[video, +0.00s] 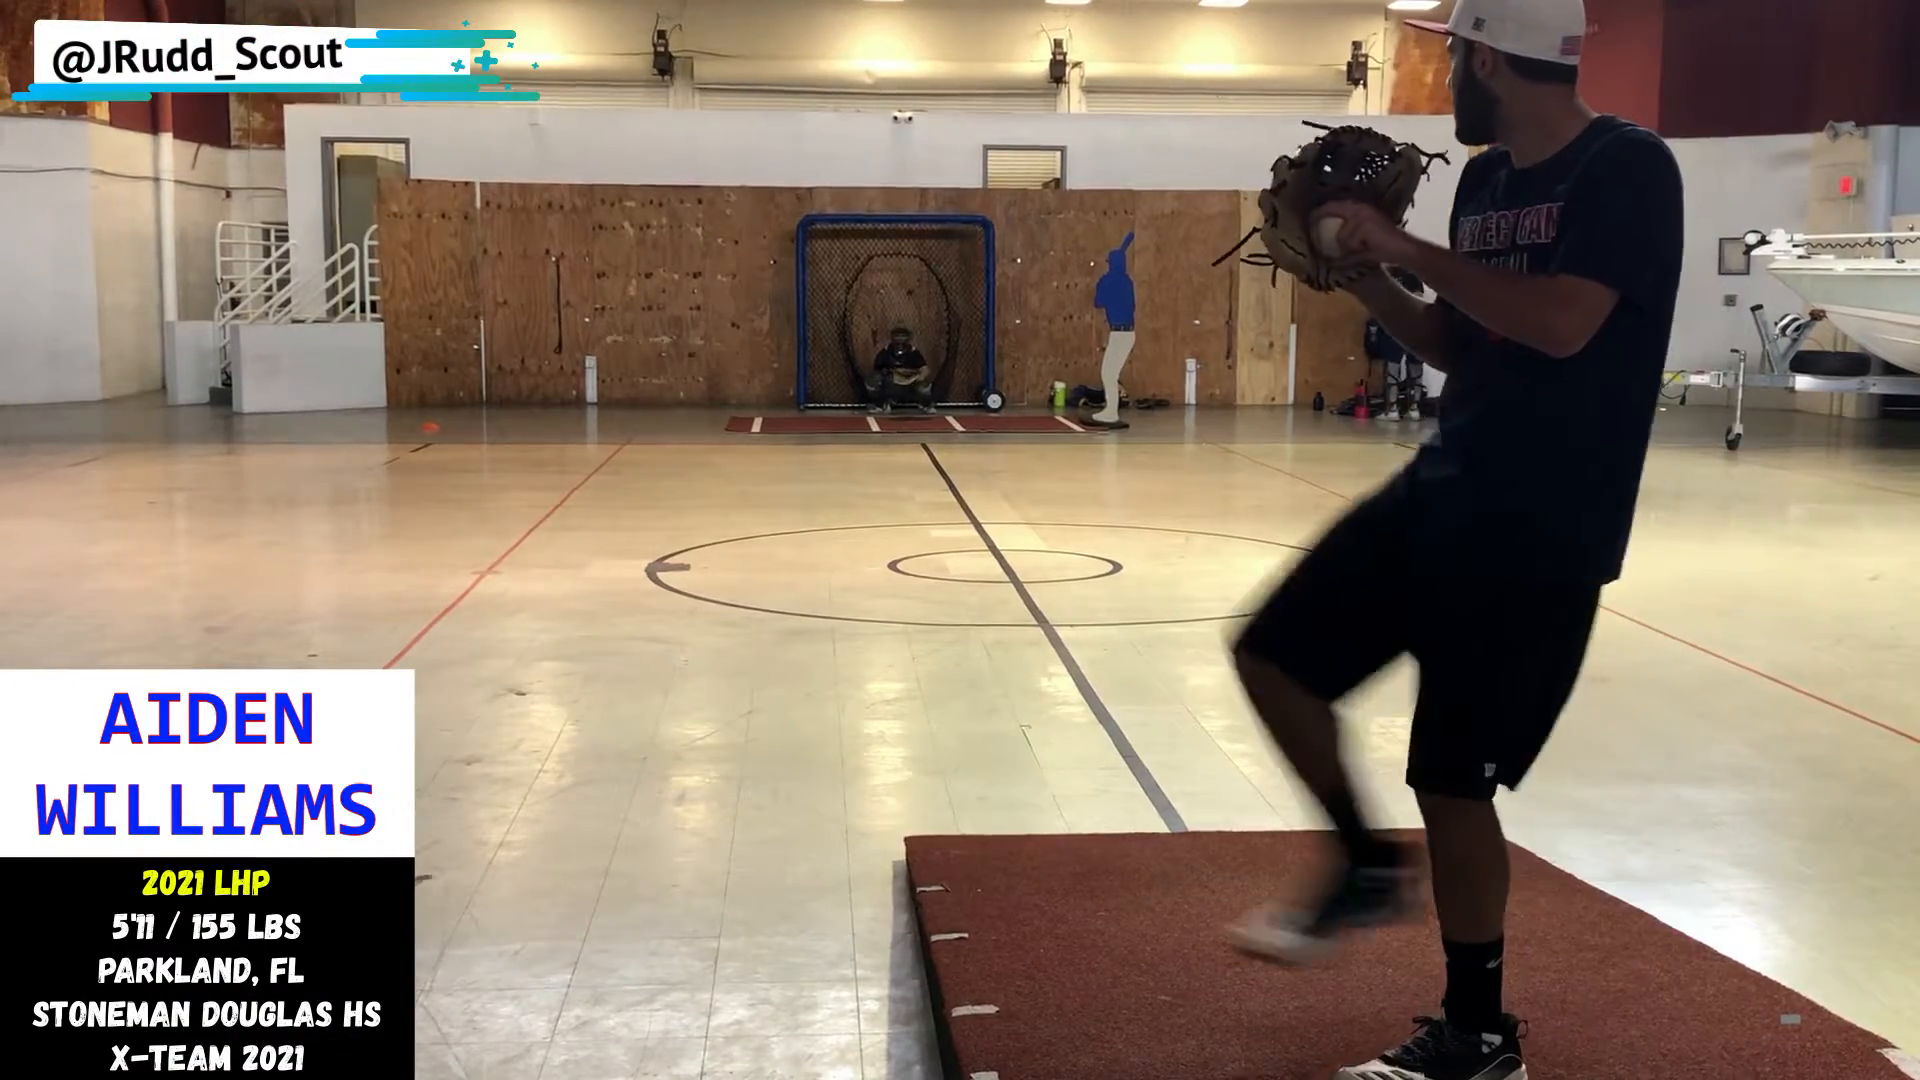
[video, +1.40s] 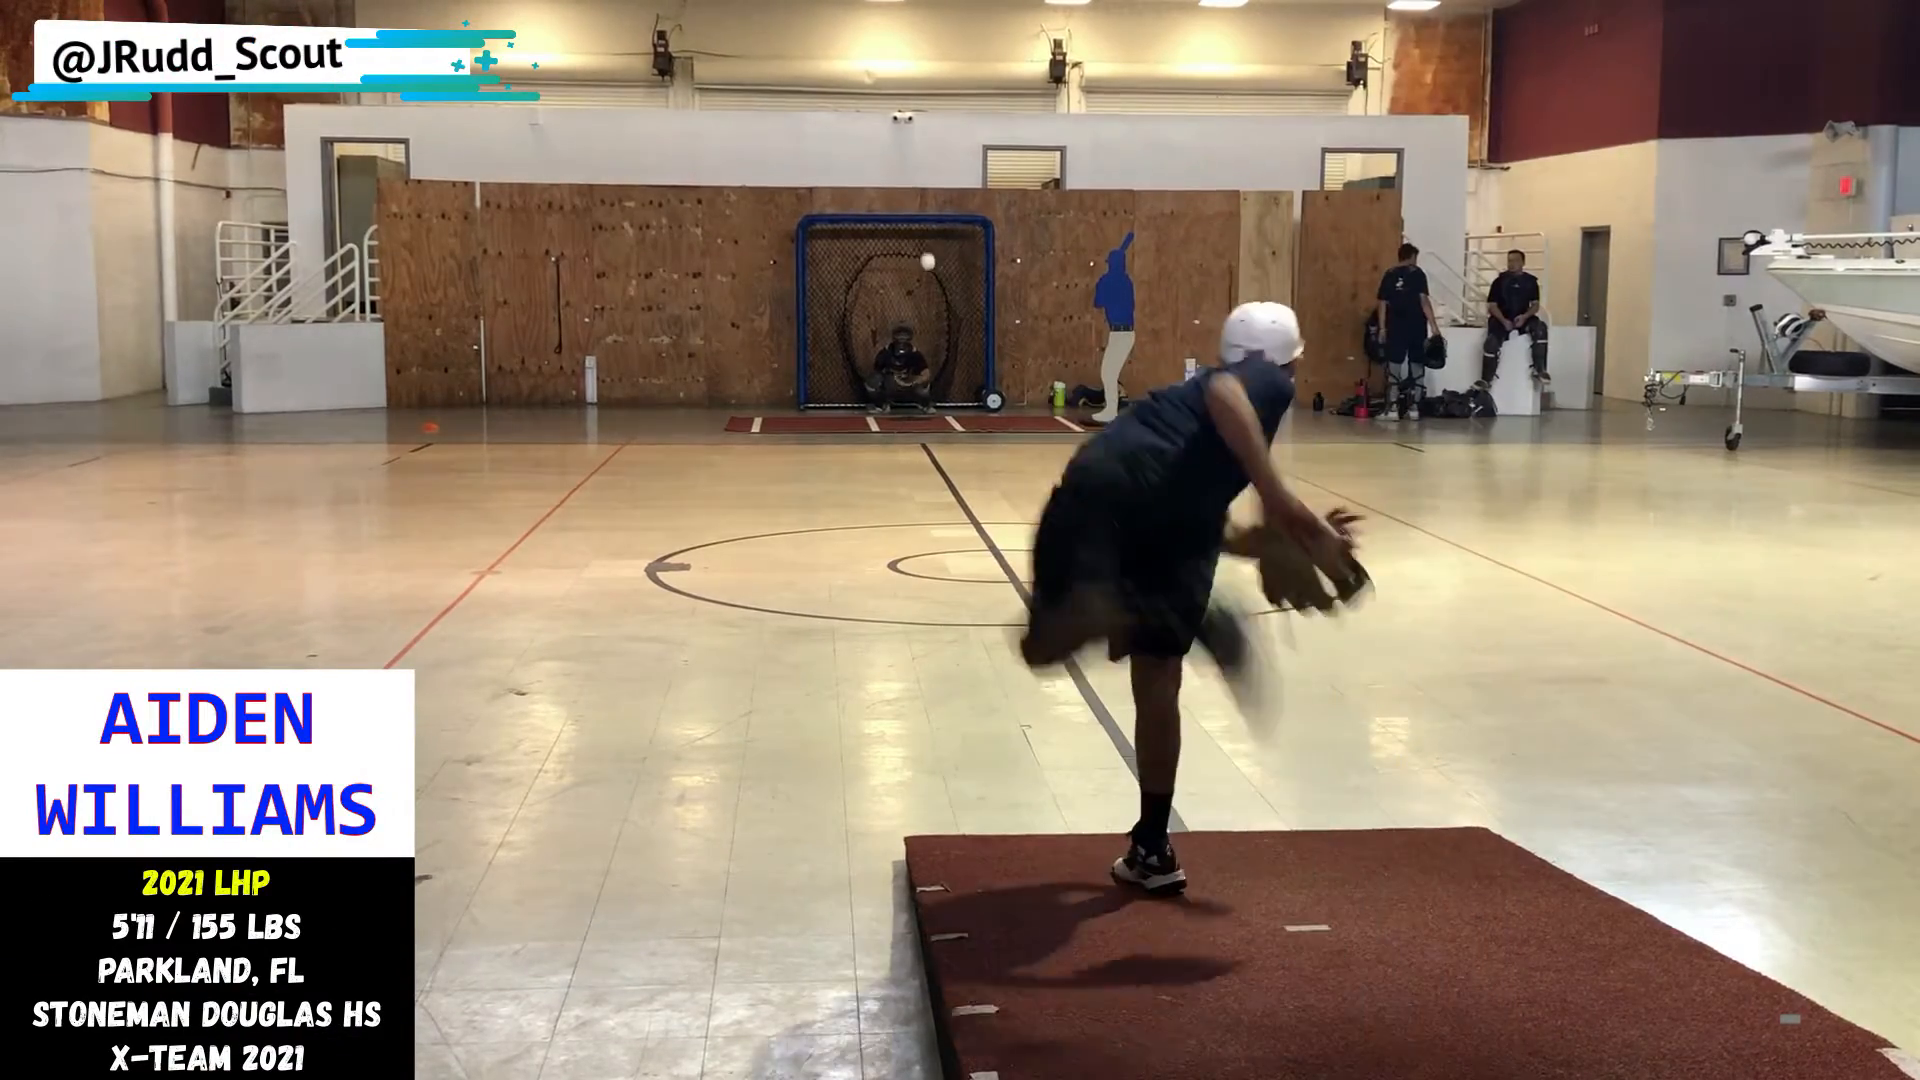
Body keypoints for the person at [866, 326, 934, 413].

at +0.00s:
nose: (900, 344)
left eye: (903, 341)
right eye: (897, 341)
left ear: (908, 340)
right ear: (892, 340)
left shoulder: (914, 352)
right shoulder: (884, 353)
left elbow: (925, 369)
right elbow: (878, 372)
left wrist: (920, 377)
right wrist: (893, 377)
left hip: (911, 382)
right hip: (892, 384)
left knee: (923, 386)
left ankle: (926, 405)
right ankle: (883, 405)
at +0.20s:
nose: (899, 344)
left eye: (902, 340)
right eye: (895, 340)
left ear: (907, 340)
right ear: (891, 340)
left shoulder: (913, 353)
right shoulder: (883, 353)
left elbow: (924, 370)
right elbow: (877, 371)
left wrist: (918, 381)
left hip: (910, 385)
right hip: (890, 387)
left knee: (923, 387)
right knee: (872, 381)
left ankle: (925, 405)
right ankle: (881, 405)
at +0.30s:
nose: (898, 344)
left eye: (902, 341)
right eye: (895, 340)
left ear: (907, 341)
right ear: (891, 340)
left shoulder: (913, 353)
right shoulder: (883, 353)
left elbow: (924, 371)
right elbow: (876, 371)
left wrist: (917, 384)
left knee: (922, 388)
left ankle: (925, 405)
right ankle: (881, 405)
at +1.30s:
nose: (900, 342)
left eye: (903, 339)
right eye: (897, 339)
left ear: (908, 339)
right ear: (892, 338)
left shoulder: (914, 354)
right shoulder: (884, 353)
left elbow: (925, 374)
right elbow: (876, 373)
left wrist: (918, 387)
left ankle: (925, 405)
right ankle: (881, 405)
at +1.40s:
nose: (901, 345)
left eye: (905, 341)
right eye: (899, 341)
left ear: (910, 340)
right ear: (893, 340)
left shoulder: (916, 354)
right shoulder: (884, 353)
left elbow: (926, 375)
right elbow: (877, 372)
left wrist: (911, 382)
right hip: (889, 389)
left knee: (923, 386)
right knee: (873, 380)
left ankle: (925, 405)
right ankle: (882, 405)